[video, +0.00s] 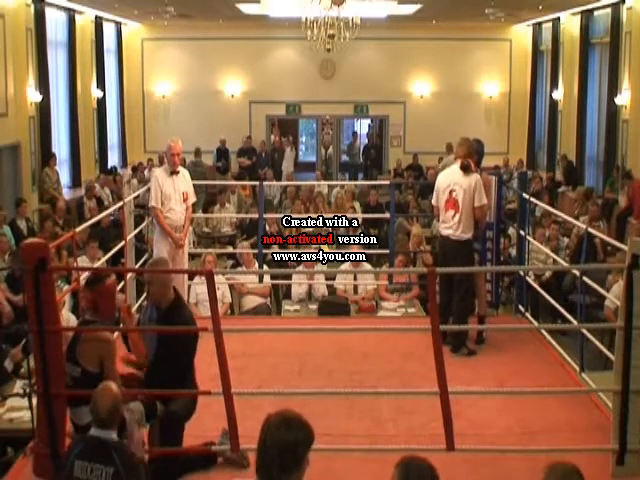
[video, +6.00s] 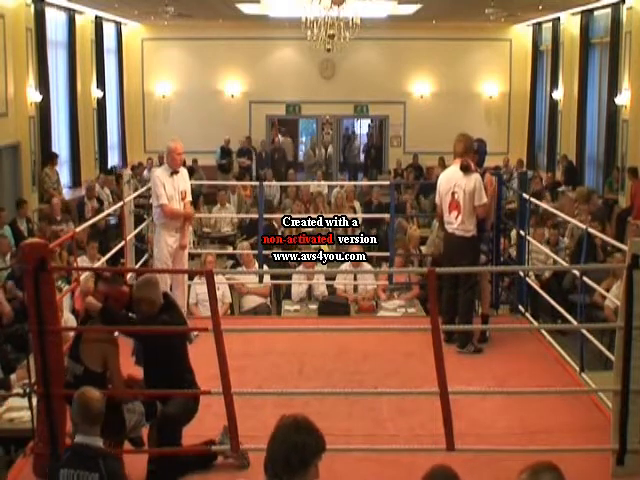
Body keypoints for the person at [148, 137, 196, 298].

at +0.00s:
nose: (176, 159)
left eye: (178, 155)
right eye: (172, 155)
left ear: (182, 155)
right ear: (165, 156)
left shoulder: (185, 173)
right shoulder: (158, 174)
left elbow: (189, 204)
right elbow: (155, 209)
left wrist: (184, 233)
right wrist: (172, 235)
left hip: (182, 227)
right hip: (164, 226)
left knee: (181, 268)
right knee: (163, 266)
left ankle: (181, 302)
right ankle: (163, 304)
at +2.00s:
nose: (175, 159)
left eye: (178, 155)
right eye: (172, 155)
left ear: (181, 155)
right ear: (165, 156)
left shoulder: (185, 174)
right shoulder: (158, 174)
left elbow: (189, 204)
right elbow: (155, 208)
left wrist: (184, 232)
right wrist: (171, 234)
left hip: (182, 226)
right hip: (164, 225)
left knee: (181, 268)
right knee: (163, 267)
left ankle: (181, 302)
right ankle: (162, 303)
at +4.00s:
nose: (177, 159)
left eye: (180, 155)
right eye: (174, 155)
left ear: (183, 155)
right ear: (166, 156)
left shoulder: (185, 174)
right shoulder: (158, 175)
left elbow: (190, 204)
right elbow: (156, 209)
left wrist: (188, 232)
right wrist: (179, 231)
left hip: (182, 227)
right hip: (165, 227)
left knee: (181, 272)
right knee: (164, 271)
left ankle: (181, 306)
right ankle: (163, 308)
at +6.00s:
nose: (180, 158)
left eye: (182, 154)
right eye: (177, 155)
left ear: (183, 156)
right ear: (167, 156)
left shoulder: (184, 173)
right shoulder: (158, 174)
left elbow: (187, 202)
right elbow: (165, 208)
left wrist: (185, 233)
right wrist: (185, 213)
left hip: (182, 226)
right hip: (165, 227)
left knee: (181, 270)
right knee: (163, 270)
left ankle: (180, 311)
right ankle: (162, 310)